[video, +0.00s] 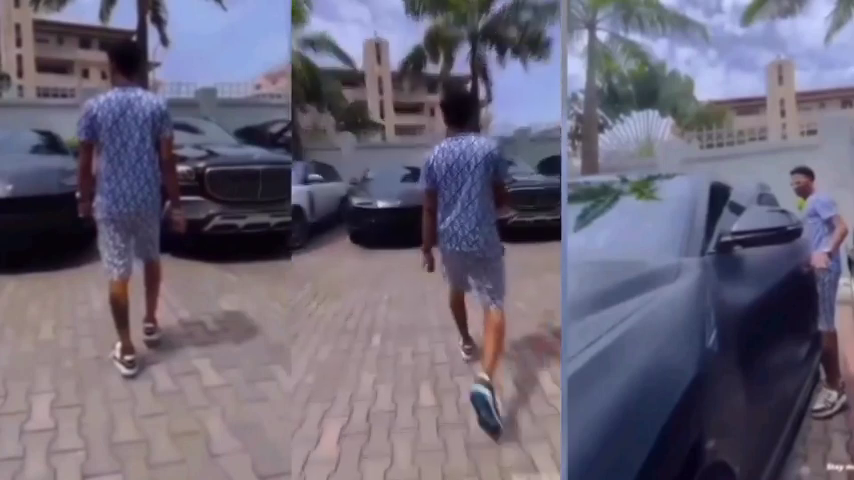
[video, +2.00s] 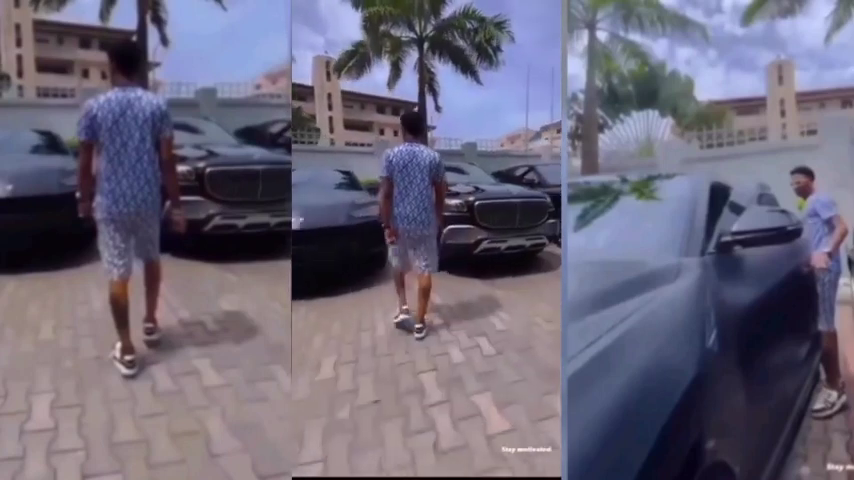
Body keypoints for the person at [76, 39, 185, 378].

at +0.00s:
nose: (110, 72)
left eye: (110, 66)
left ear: (112, 68)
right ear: (142, 67)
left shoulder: (96, 107)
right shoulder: (156, 106)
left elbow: (85, 161)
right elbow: (167, 160)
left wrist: (85, 199)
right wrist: (175, 202)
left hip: (110, 201)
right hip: (147, 200)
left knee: (118, 273)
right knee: (151, 260)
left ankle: (125, 348)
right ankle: (150, 319)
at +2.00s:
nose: (110, 71)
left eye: (110, 66)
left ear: (112, 68)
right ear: (142, 67)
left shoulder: (95, 107)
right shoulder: (156, 106)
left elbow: (85, 161)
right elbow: (167, 160)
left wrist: (84, 199)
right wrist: (175, 202)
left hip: (110, 201)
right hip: (147, 200)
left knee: (118, 273)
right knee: (151, 260)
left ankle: (125, 348)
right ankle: (150, 319)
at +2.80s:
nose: (110, 71)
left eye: (110, 66)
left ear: (112, 68)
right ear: (142, 67)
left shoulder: (95, 107)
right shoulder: (156, 106)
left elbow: (85, 161)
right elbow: (167, 160)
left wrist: (84, 199)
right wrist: (175, 202)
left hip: (110, 201)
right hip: (147, 200)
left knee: (118, 273)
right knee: (151, 260)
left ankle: (125, 348)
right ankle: (150, 319)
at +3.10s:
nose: (110, 71)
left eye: (110, 66)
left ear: (112, 68)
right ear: (142, 67)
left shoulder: (95, 107)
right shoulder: (156, 106)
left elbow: (85, 161)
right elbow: (167, 160)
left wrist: (84, 199)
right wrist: (175, 202)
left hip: (110, 201)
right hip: (147, 200)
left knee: (118, 273)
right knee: (151, 260)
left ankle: (125, 348)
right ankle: (150, 319)